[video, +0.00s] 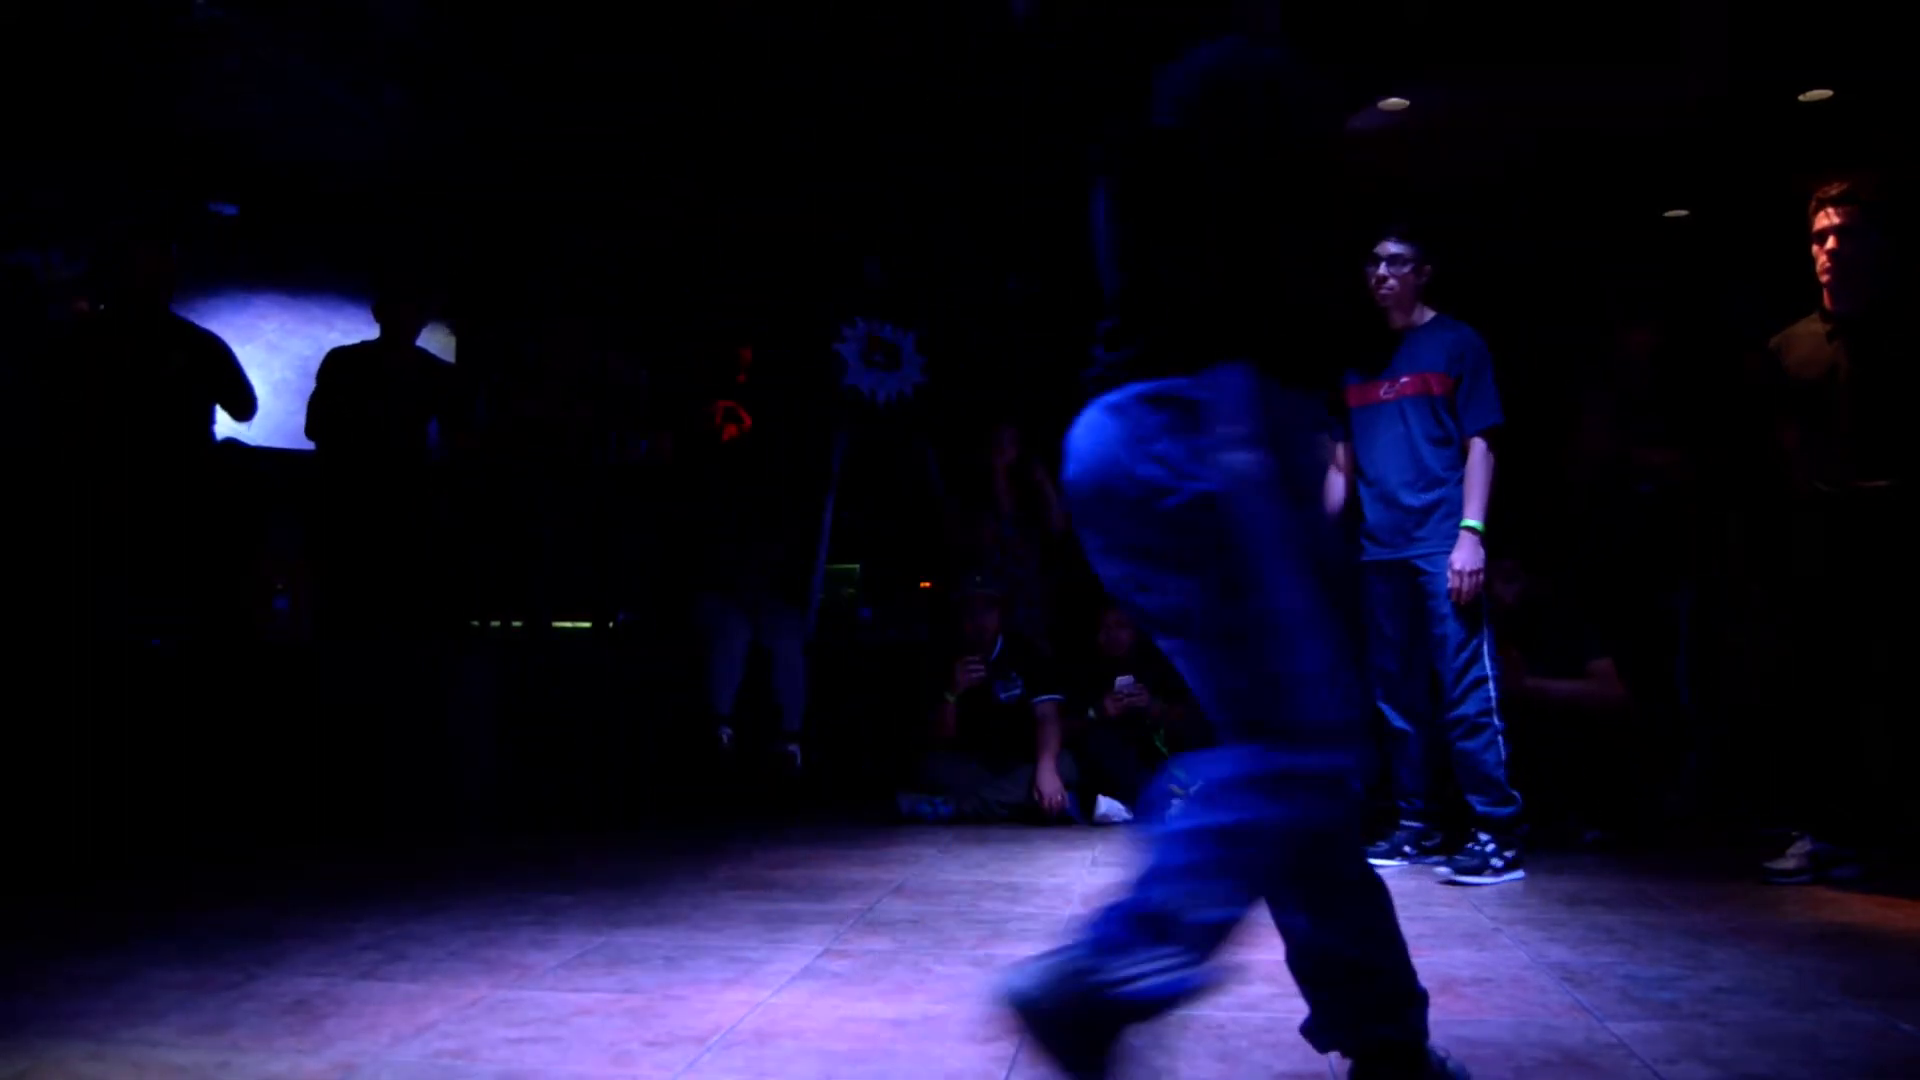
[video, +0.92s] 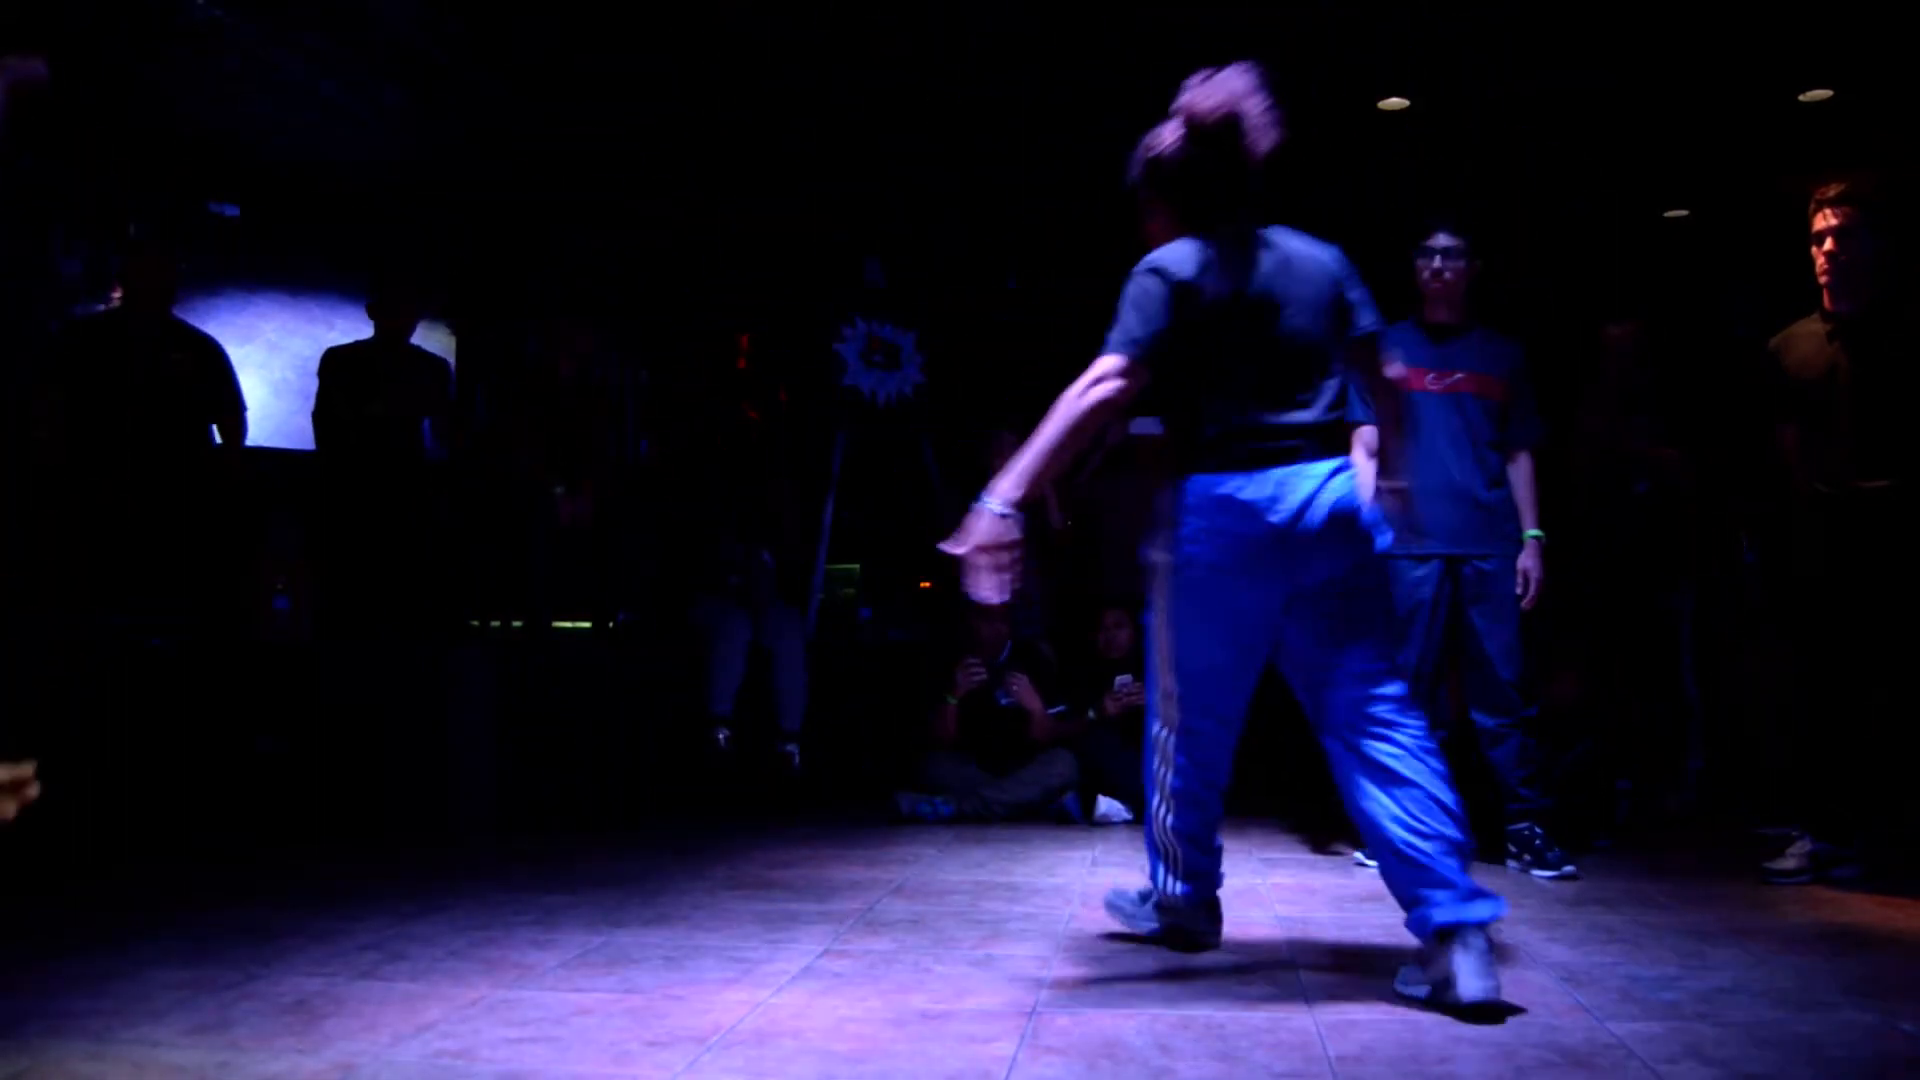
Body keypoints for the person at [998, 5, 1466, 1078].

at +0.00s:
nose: (1399, 277)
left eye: (1408, 259)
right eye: (1389, 259)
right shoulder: (1262, 104)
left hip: (1134, 433)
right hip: (1195, 436)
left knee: (1282, 754)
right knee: (1314, 747)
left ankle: (1384, 1039)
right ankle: (1091, 984)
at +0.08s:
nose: (1398, 284)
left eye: (1410, 268)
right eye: (1384, 267)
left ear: (1439, 278)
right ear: (1353, 271)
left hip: (1140, 422)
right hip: (1256, 410)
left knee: (1272, 732)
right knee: (1411, 711)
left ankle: (1371, 1023)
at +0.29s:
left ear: (1230, 59)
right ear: (1327, 47)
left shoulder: (1196, 148)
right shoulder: (1396, 117)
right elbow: (1466, 251)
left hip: (1232, 429)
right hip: (1384, 420)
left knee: (1301, 721)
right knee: (1455, 698)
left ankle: (1379, 1019)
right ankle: (1513, 981)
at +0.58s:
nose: (1248, 132)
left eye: (1250, 118)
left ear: (1265, 129)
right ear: (1380, 109)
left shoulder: (1243, 203)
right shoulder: (1429, 190)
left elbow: (1105, 233)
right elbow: (1518, 204)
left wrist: (1136, 207)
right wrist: (1527, 164)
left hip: (1293, 470)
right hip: (1427, 460)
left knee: (1292, 702)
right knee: (1437, 705)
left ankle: (1383, 895)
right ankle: (1462, 955)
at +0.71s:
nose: (1226, 136)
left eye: (1231, 119)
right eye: (1230, 119)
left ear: (1252, 125)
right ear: (1339, 120)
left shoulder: (1229, 212)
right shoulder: (1396, 205)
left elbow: (1098, 291)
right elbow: (1494, 264)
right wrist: (1586, 286)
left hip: (1280, 463)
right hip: (1404, 456)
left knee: (1239, 683)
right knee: (1424, 699)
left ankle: (1304, 886)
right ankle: (1461, 947)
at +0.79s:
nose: (1205, 159)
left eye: (1213, 138)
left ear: (1230, 144)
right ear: (1321, 136)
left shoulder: (1212, 231)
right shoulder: (1368, 227)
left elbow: (1105, 328)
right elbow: (1463, 322)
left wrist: (967, 412)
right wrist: (1521, 366)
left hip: (1257, 491)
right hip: (1375, 479)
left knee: (1223, 693)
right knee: (1416, 697)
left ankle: (1224, 899)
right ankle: (1458, 945)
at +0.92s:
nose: (1150, 204)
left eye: (1156, 186)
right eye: (1154, 185)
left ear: (1178, 186)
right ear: (1254, 175)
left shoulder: (1170, 274)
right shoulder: (1324, 265)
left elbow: (1106, 385)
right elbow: (1379, 385)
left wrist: (1003, 494)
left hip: (1219, 508)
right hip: (1330, 498)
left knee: (1191, 709)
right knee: (1371, 703)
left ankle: (1184, 899)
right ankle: (1460, 939)